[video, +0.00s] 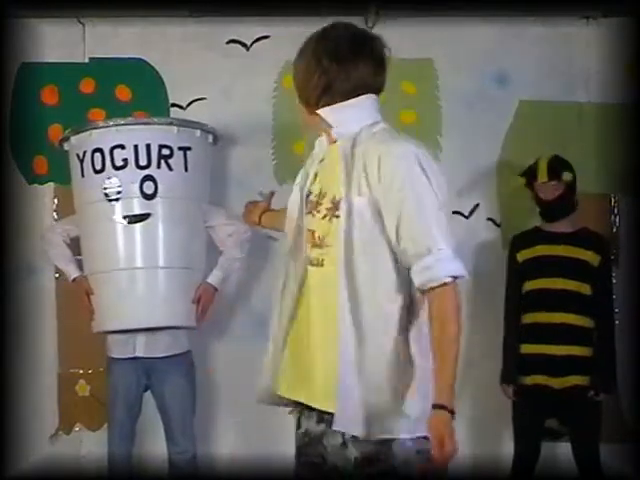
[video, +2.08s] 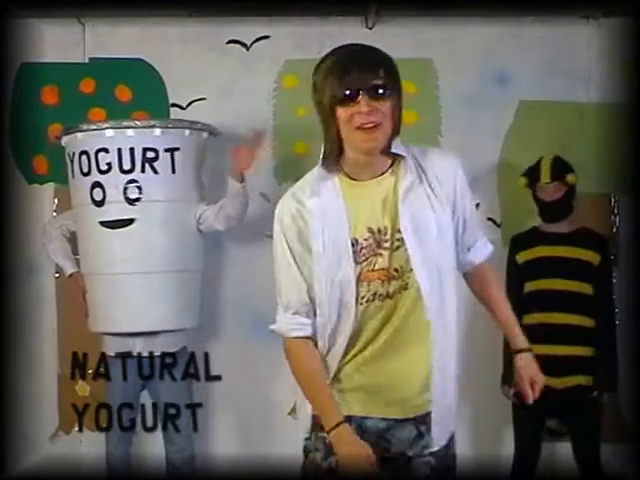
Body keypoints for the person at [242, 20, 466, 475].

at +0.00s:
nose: (297, 97)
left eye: (299, 84)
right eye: (298, 84)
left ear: (315, 86)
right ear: (369, 84)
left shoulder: (395, 157)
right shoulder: (323, 155)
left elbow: (443, 285)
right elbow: (308, 217)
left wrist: (442, 407)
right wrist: (262, 216)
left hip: (380, 417)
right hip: (316, 407)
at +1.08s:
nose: (297, 112)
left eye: (301, 101)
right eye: (298, 101)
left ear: (322, 105)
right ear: (354, 105)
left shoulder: (387, 172)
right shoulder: (327, 182)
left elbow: (418, 282)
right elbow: (309, 252)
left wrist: (411, 400)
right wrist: (233, 257)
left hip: (371, 411)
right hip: (315, 406)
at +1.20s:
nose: (292, 102)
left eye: (303, 89)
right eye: (291, 92)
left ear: (340, 95)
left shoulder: (387, 171)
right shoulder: (318, 185)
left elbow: (414, 280)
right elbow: (288, 270)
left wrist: (396, 396)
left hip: (380, 414)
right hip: (322, 410)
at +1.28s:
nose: (303, 102)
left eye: (316, 87)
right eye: (296, 93)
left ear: (351, 95)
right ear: (292, 107)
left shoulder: (397, 172)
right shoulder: (306, 191)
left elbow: (424, 284)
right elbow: (284, 291)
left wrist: (382, 383)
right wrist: (250, 368)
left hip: (391, 410)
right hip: (322, 412)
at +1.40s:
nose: (320, 106)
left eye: (332, 91)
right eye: (307, 96)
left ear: (359, 101)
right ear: (297, 111)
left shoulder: (411, 172)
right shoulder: (294, 196)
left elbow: (442, 276)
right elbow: (290, 305)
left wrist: (421, 364)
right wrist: (288, 391)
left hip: (403, 405)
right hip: (328, 410)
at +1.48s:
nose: (325, 105)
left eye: (338, 91)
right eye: (312, 94)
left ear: (363, 102)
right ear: (299, 107)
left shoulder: (414, 172)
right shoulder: (287, 197)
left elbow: (455, 274)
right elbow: (290, 303)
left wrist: (474, 368)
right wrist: (302, 390)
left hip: (413, 405)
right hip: (336, 409)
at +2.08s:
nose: (366, 108)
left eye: (379, 93)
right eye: (348, 97)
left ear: (397, 103)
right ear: (328, 112)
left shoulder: (442, 174)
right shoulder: (300, 206)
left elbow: (476, 262)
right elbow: (296, 331)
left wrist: (520, 346)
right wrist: (338, 431)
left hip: (429, 422)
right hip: (342, 426)